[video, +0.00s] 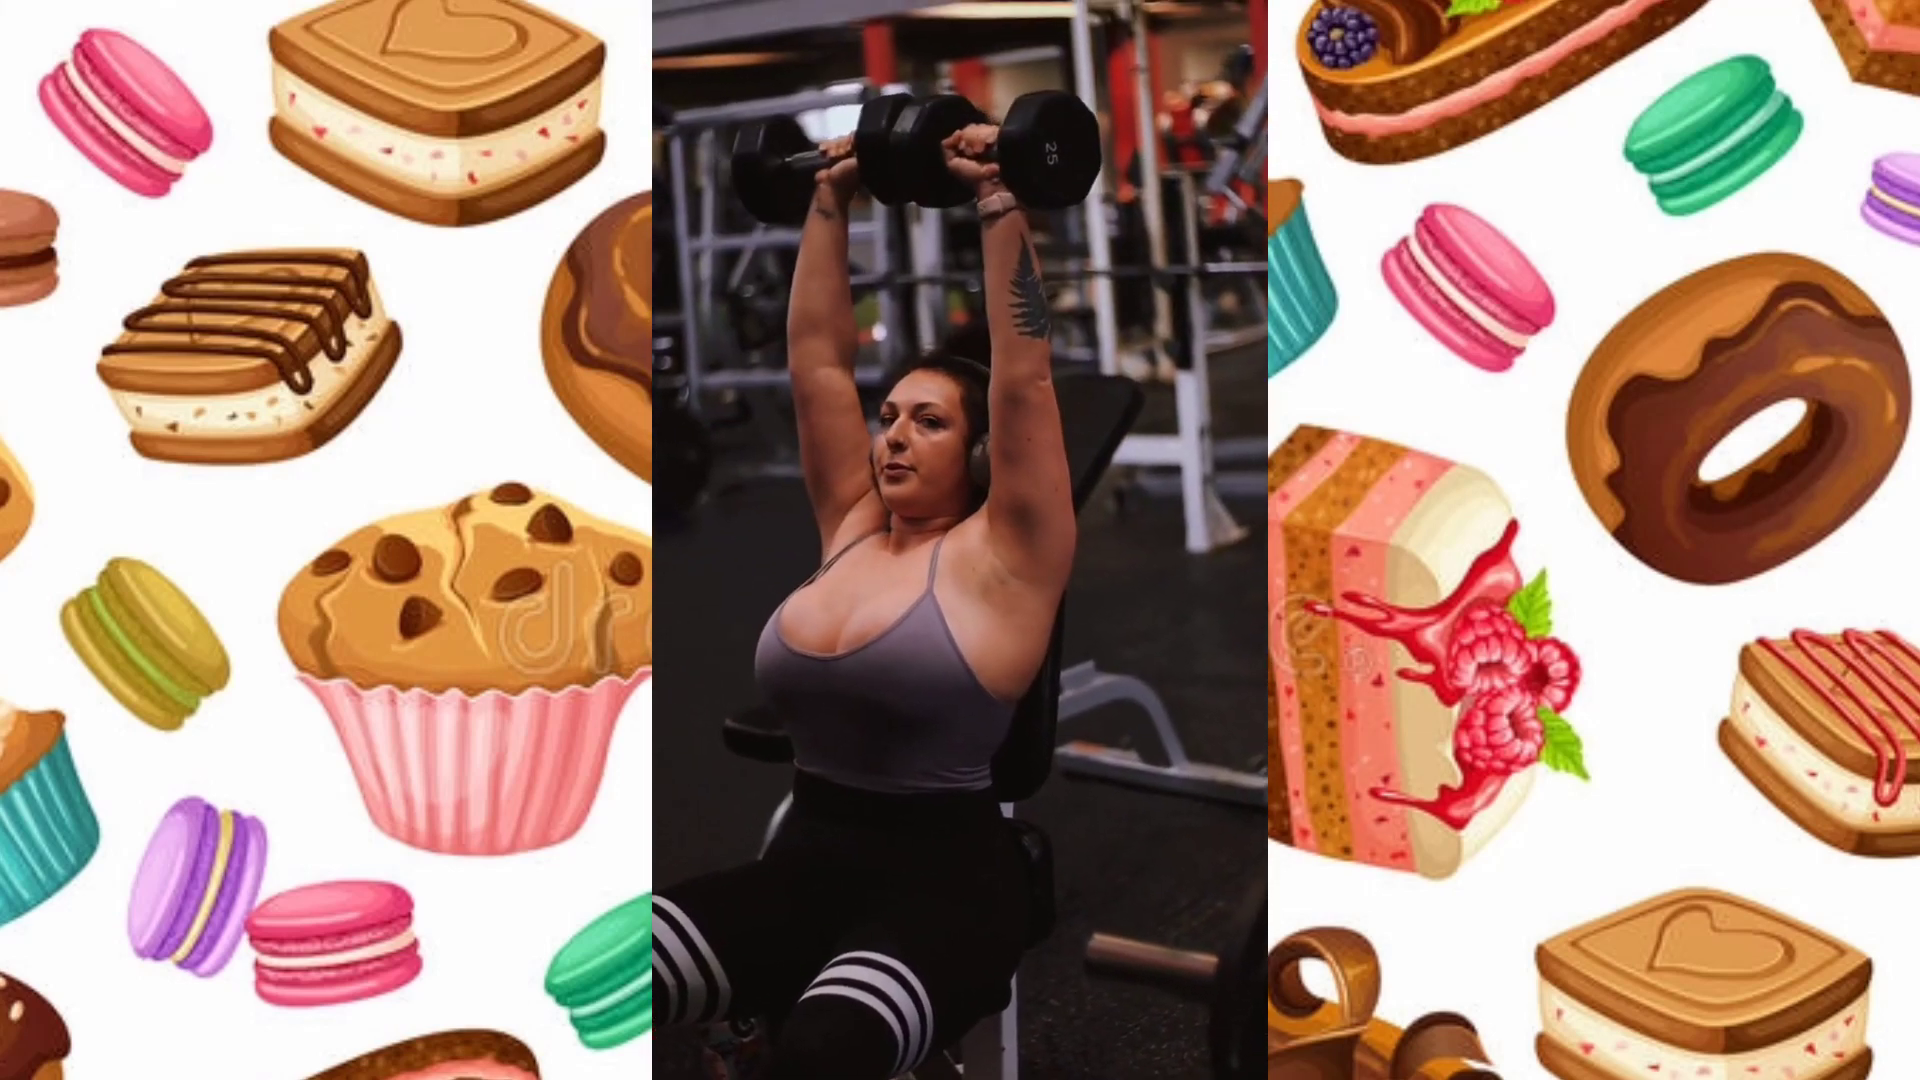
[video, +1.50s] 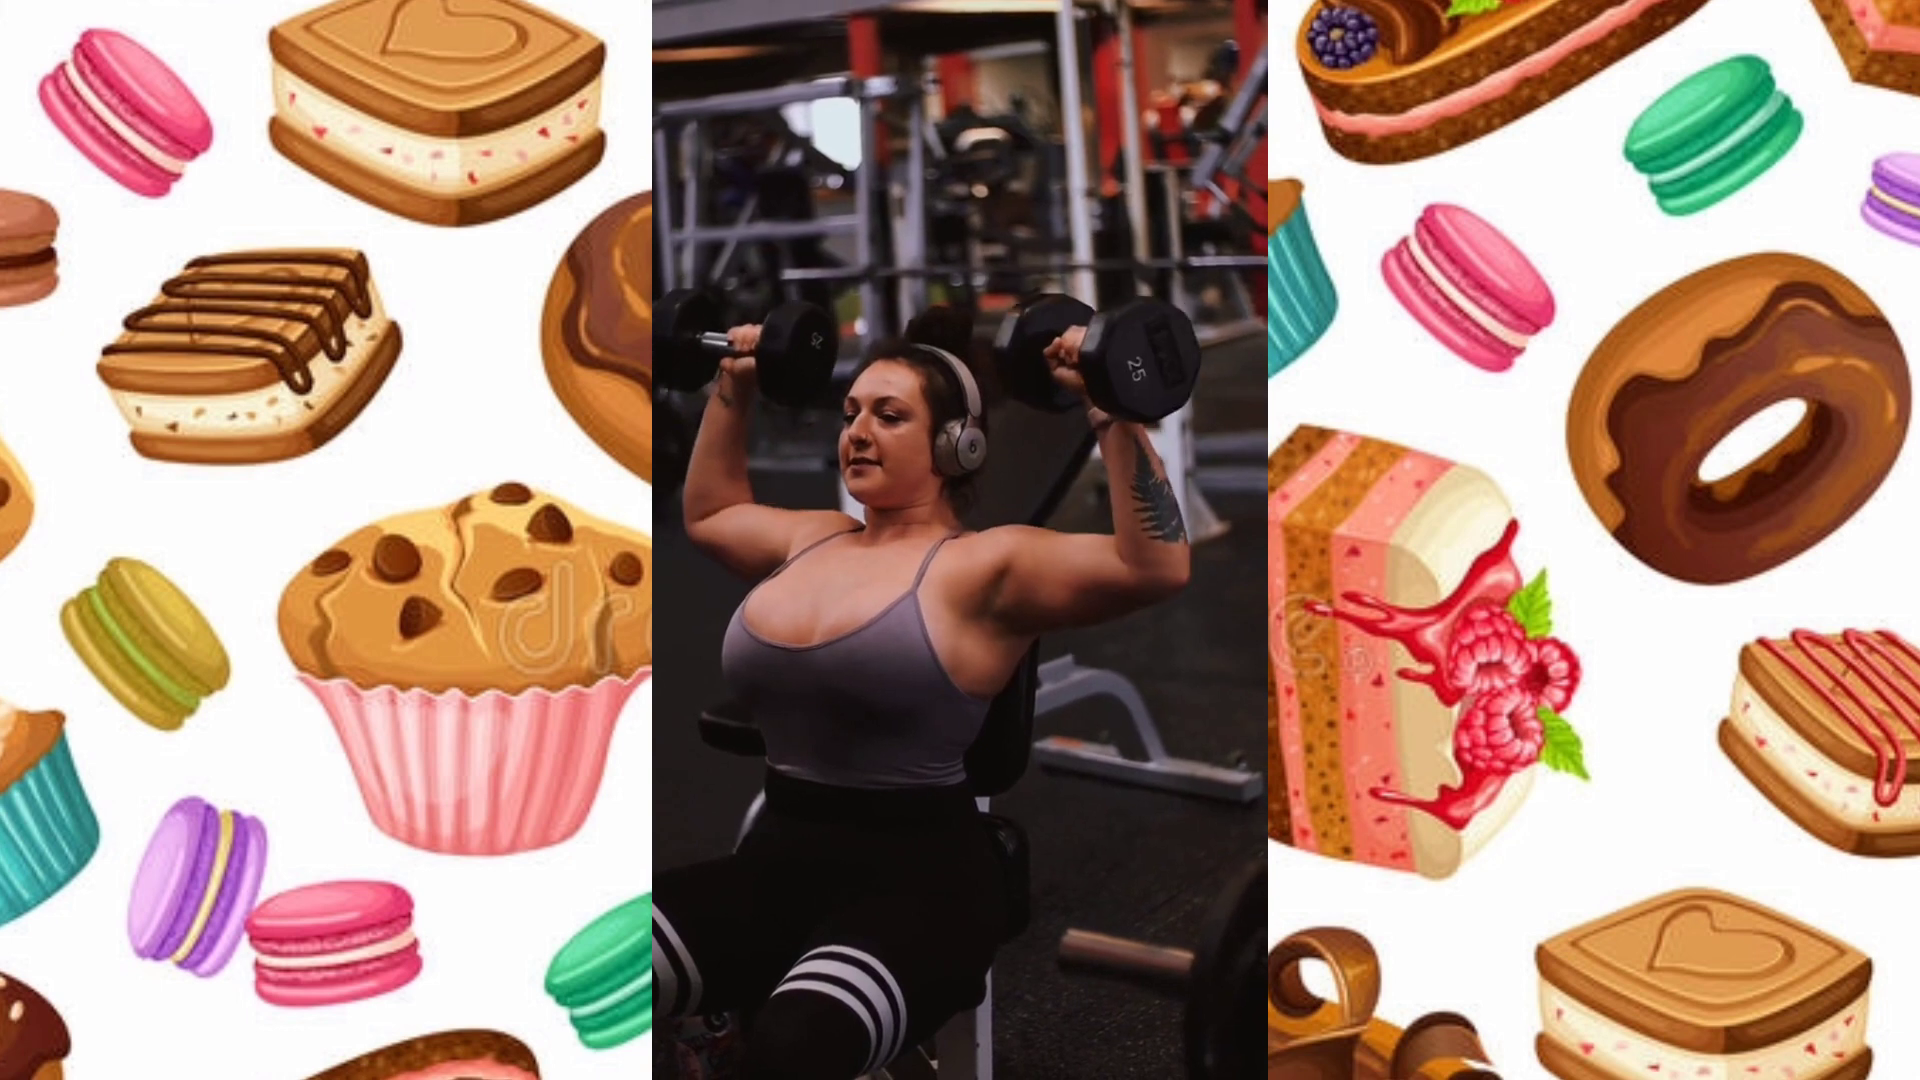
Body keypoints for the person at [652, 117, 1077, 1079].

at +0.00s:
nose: (894, 435)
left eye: (927, 421)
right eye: (889, 417)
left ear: (982, 447)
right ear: (873, 438)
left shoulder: (1011, 549)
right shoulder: (853, 523)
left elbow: (1023, 377)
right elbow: (818, 362)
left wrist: (999, 208)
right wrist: (829, 200)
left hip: (946, 880)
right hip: (812, 864)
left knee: (825, 1043)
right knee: (606, 974)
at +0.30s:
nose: (897, 445)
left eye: (929, 430)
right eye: (891, 427)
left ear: (984, 457)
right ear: (876, 448)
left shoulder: (1016, 560)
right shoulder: (857, 534)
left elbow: (1032, 391)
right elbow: (820, 373)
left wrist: (1002, 221)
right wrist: (831, 210)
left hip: (951, 892)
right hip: (815, 877)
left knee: (837, 1050)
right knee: (607, 986)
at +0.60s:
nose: (898, 449)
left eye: (931, 434)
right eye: (894, 432)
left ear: (988, 465)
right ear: (878, 453)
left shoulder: (1020, 568)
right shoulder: (859, 541)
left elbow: (1054, 399)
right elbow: (814, 383)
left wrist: (1025, 236)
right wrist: (825, 228)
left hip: (956, 898)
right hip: (821, 882)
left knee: (840, 1050)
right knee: (613, 984)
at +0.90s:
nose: (888, 446)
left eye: (920, 432)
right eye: (884, 427)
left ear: (980, 463)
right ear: (873, 444)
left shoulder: (1014, 572)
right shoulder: (847, 536)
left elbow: (1091, 412)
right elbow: (773, 397)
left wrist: (1060, 248)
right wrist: (791, 251)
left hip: (945, 897)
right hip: (806, 879)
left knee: (827, 1046)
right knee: (601, 978)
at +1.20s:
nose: (867, 432)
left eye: (900, 418)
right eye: (862, 415)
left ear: (962, 449)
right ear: (851, 433)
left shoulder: (995, 568)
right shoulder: (824, 528)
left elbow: (1133, 468)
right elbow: (728, 439)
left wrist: (1082, 305)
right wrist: (755, 307)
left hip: (928, 881)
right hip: (791, 864)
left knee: (801, 1044)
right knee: (591, 972)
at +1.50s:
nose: (857, 433)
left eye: (889, 416)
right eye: (851, 413)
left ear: (953, 442)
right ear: (840, 431)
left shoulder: (986, 566)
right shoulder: (815, 535)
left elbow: (1157, 567)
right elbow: (708, 512)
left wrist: (1113, 410)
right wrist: (731, 389)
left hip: (922, 880)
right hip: (784, 863)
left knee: (792, 1044)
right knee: (594, 970)